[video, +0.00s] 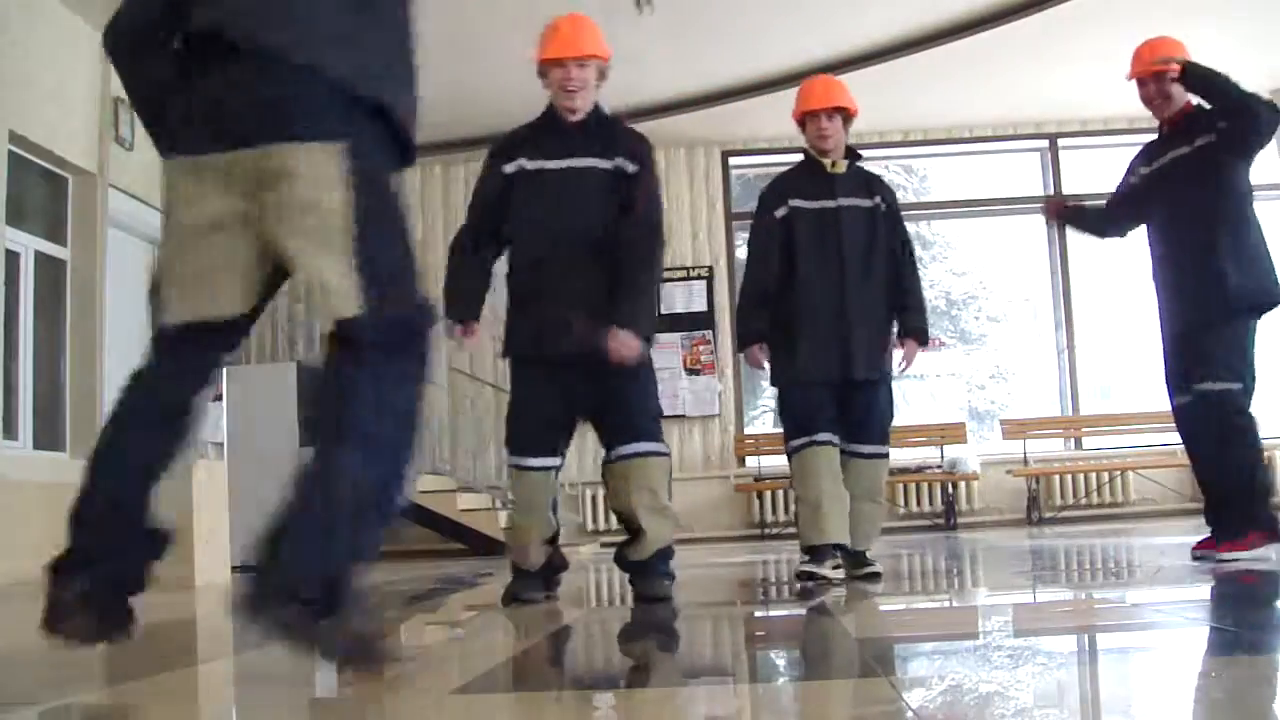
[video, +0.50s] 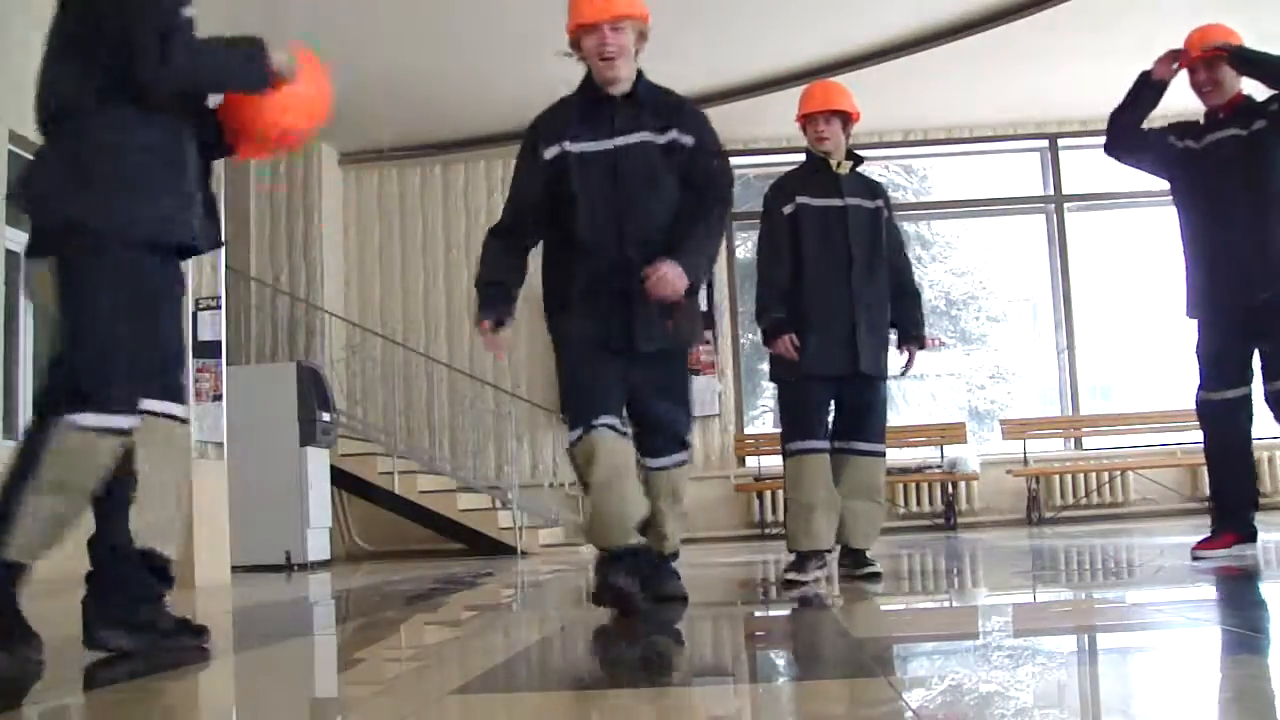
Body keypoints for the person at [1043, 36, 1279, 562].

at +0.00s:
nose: (1148, 92)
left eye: (1156, 80)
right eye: (1141, 84)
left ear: (1181, 79)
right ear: (1136, 91)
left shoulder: (1221, 129)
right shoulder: (1148, 160)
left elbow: (1263, 116)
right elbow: (1113, 222)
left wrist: (1196, 75)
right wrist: (1068, 211)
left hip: (1228, 287)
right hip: (1180, 299)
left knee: (1220, 400)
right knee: (1190, 409)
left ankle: (1254, 524)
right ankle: (1228, 526)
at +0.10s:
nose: (1158, 88)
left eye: (1167, 76)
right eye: (1150, 80)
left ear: (1192, 78)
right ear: (1144, 89)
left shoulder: (1229, 128)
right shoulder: (1149, 159)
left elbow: (1264, 109)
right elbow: (1102, 203)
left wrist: (1197, 69)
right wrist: (1080, 159)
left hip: (1237, 288)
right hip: (1182, 304)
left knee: (1239, 397)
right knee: (1195, 413)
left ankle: (1279, 520)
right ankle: (1232, 528)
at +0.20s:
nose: (1167, 85)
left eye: (1176, 73)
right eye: (1159, 77)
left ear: (1201, 75)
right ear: (1153, 86)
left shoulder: (1239, 127)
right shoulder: (1148, 155)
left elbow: (1271, 102)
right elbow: (1093, 175)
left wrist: (1204, 66)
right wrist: (1103, 117)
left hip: (1247, 294)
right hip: (1186, 306)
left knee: (1266, 413)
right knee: (1204, 423)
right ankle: (1232, 530)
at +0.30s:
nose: (1179, 83)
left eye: (1188, 71)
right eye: (1170, 75)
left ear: (1213, 73)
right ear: (1165, 85)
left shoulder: (1250, 126)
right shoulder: (1153, 150)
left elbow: (1276, 94)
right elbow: (1097, 155)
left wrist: (1215, 63)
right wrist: (1122, 94)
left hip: (1259, 295)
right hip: (1195, 306)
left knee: (1274, 410)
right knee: (1209, 421)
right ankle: (1232, 529)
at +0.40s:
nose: (1190, 81)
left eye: (1199, 68)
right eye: (1181, 73)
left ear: (1224, 70)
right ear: (1175, 83)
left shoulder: (1263, 123)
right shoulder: (1165, 145)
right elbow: (1107, 147)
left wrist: (1226, 60)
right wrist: (1137, 86)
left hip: (1268, 294)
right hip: (1205, 304)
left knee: (1276, 406)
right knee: (1215, 418)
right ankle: (1232, 529)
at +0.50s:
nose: (1203, 77)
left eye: (1212, 64)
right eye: (1195, 69)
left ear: (1238, 67)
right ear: (1189, 79)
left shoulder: (1271, 119)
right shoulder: (1178, 142)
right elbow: (1119, 141)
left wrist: (1238, 55)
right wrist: (1153, 82)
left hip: (1275, 294)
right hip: (1219, 301)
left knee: (1279, 401)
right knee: (1221, 414)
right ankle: (1233, 526)